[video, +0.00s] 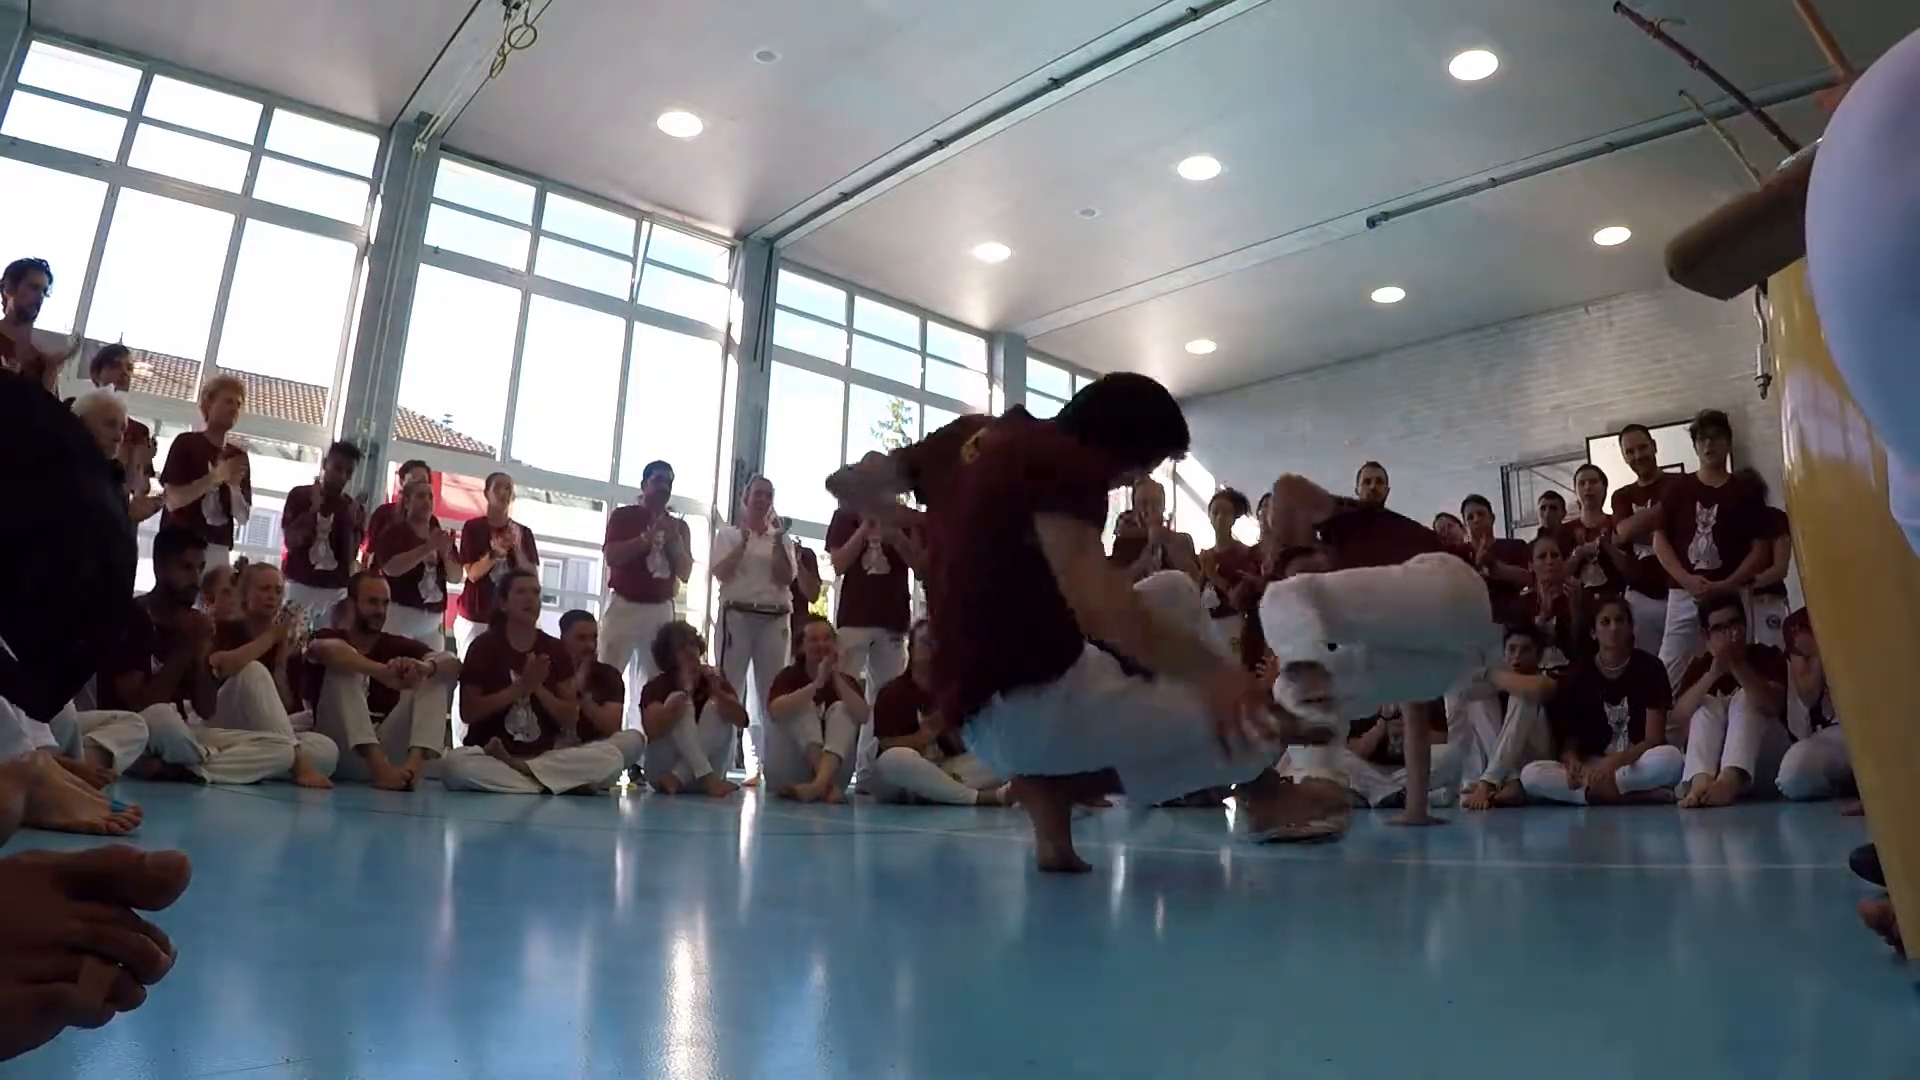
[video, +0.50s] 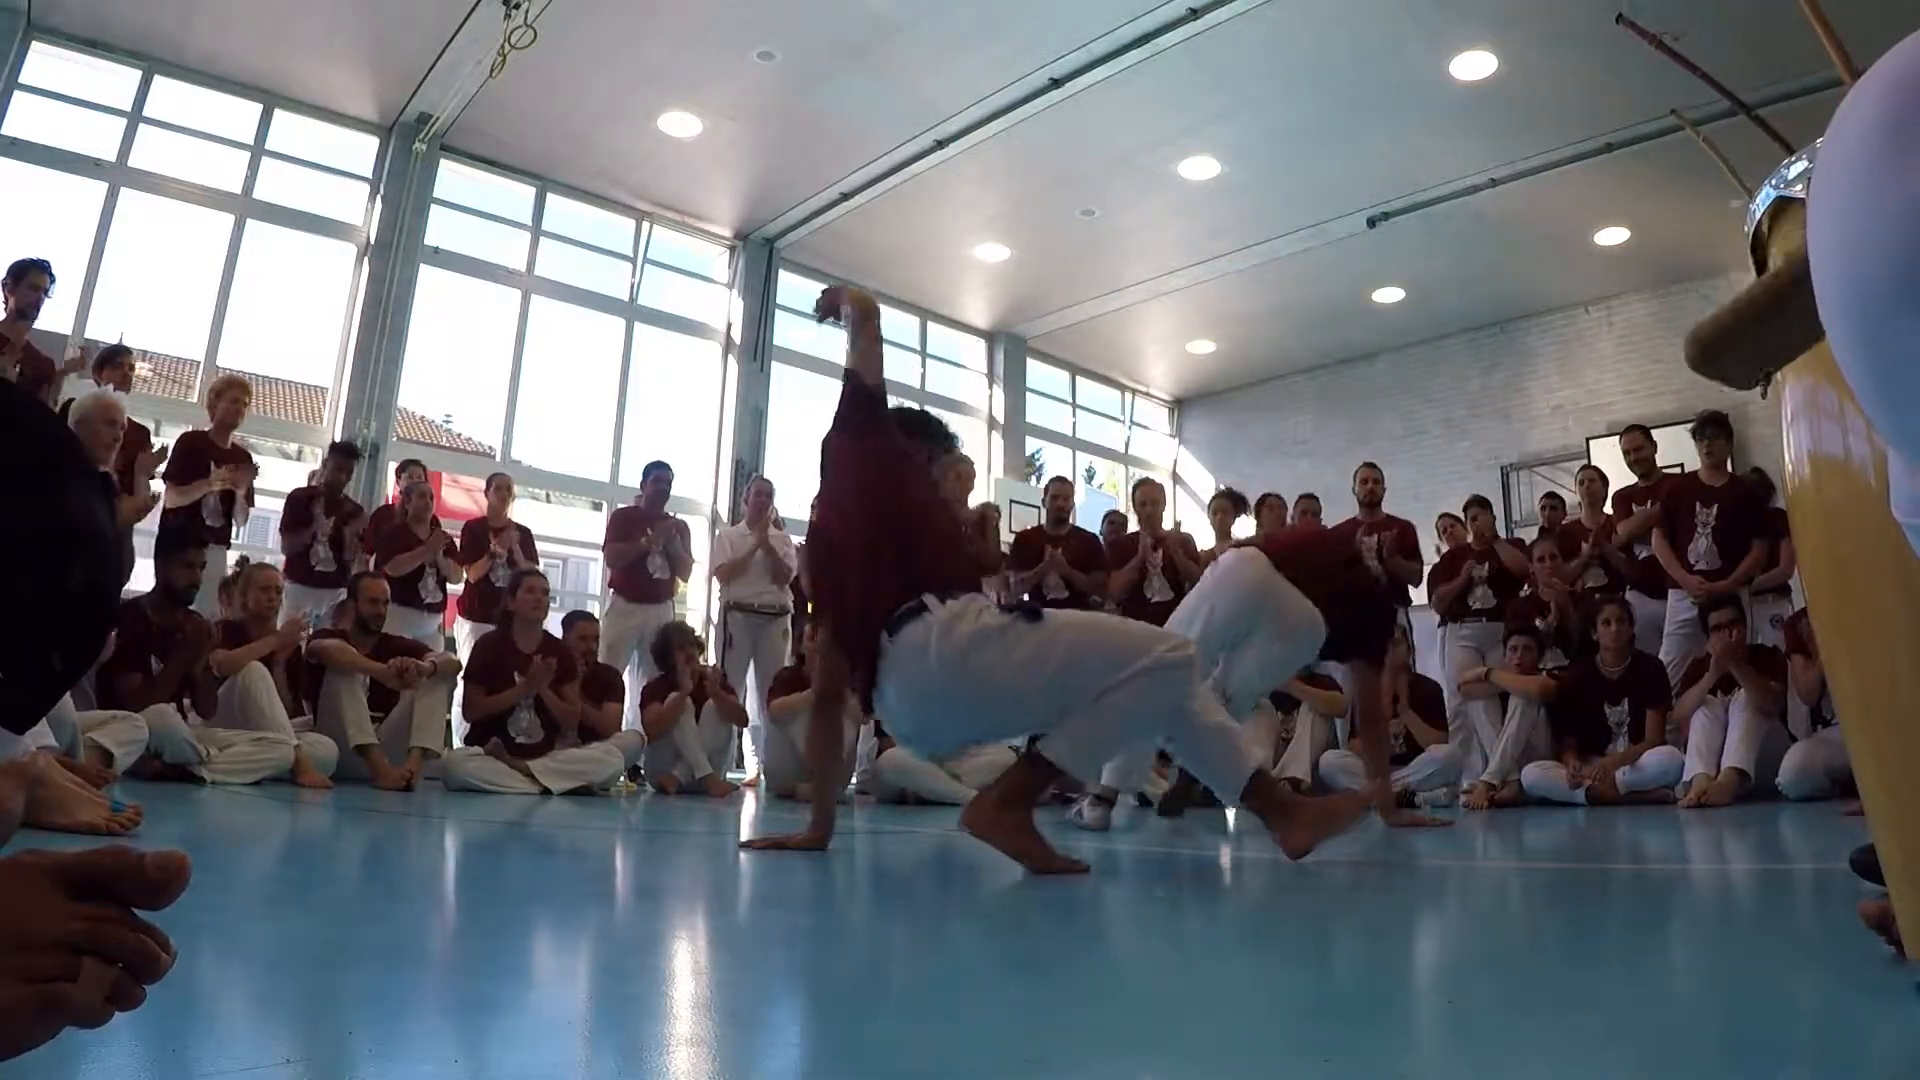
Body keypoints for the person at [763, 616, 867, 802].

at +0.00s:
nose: (821, 645)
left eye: (826, 639)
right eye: (814, 640)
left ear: (835, 644)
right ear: (801, 646)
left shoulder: (847, 681)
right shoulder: (788, 676)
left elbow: (862, 715)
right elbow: (776, 711)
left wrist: (836, 677)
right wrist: (817, 684)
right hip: (786, 774)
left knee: (842, 708)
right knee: (801, 704)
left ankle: (819, 784)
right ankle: (828, 784)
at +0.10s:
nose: (821, 645)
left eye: (827, 639)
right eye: (814, 639)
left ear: (835, 644)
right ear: (802, 644)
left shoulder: (848, 682)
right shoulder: (787, 675)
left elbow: (862, 716)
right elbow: (777, 710)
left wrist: (835, 679)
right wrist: (821, 688)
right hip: (787, 774)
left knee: (842, 708)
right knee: (801, 704)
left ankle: (819, 783)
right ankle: (828, 784)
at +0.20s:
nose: (818, 645)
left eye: (824, 639)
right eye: (812, 639)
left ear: (833, 644)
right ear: (801, 646)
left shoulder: (847, 681)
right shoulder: (787, 676)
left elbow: (863, 716)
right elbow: (776, 711)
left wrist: (835, 678)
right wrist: (810, 695)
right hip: (794, 765)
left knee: (843, 709)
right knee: (805, 707)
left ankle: (820, 782)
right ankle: (829, 784)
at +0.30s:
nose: (820, 646)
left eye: (826, 640)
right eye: (813, 640)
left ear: (835, 644)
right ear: (801, 645)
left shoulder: (842, 679)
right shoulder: (788, 676)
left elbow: (863, 717)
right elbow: (776, 711)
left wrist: (843, 679)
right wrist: (816, 684)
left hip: (827, 774)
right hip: (785, 774)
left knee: (844, 710)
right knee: (797, 705)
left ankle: (821, 785)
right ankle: (828, 780)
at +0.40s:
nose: (819, 645)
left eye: (824, 639)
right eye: (812, 640)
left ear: (834, 643)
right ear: (801, 645)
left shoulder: (844, 679)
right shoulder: (789, 675)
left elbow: (864, 717)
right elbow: (775, 712)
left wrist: (833, 682)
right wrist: (814, 684)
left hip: (829, 774)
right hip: (786, 773)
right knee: (797, 700)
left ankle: (824, 787)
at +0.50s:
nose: (818, 646)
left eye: (823, 640)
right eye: (812, 640)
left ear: (835, 645)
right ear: (802, 645)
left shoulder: (845, 682)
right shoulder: (789, 676)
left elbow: (862, 717)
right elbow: (775, 711)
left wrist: (840, 692)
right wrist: (816, 692)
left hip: (828, 779)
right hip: (786, 776)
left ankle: (824, 788)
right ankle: (829, 785)